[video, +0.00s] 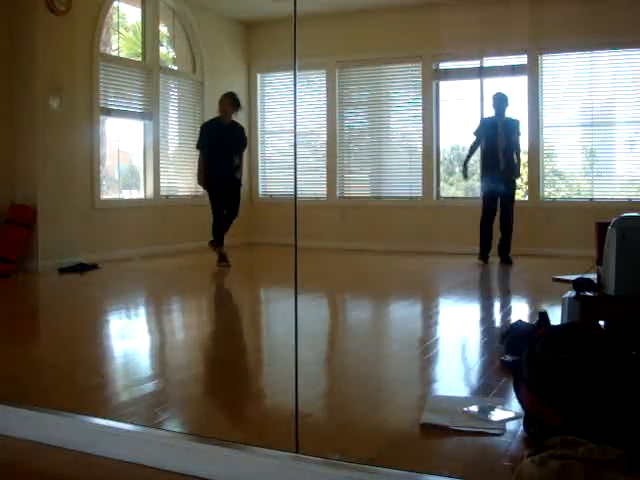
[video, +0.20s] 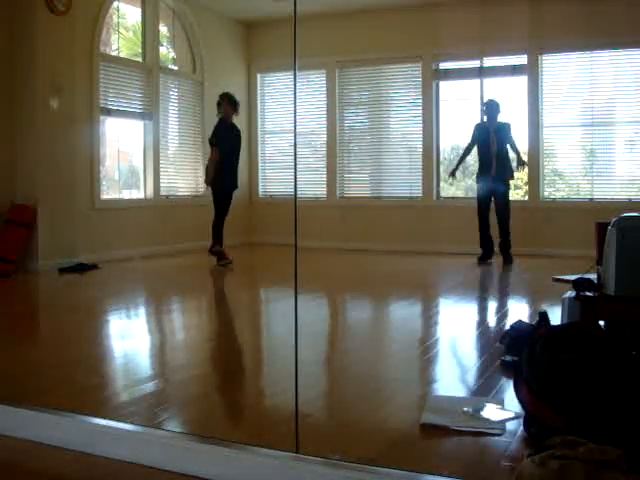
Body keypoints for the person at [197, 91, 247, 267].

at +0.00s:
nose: (224, 108)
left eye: (228, 105)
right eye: (222, 104)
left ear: (234, 108)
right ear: (219, 106)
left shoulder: (238, 129)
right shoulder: (208, 126)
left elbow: (240, 154)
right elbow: (202, 153)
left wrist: (240, 175)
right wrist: (201, 174)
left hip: (231, 175)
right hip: (212, 175)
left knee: (233, 211)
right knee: (218, 213)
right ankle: (221, 252)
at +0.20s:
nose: (225, 109)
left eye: (228, 106)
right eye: (224, 106)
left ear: (233, 108)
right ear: (221, 108)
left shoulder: (234, 129)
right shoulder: (220, 127)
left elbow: (233, 156)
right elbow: (215, 153)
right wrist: (209, 175)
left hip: (229, 177)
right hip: (219, 177)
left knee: (222, 214)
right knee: (220, 213)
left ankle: (217, 246)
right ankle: (217, 248)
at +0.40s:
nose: (240, 114)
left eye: (239, 110)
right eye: (239, 110)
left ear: (222, 111)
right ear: (236, 112)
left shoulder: (211, 130)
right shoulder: (240, 131)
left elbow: (199, 152)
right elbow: (242, 156)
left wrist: (203, 173)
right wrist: (243, 178)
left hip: (213, 179)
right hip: (233, 180)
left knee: (217, 214)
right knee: (228, 216)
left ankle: (212, 249)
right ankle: (223, 250)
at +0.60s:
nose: (233, 116)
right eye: (232, 113)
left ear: (216, 116)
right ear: (232, 113)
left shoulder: (212, 134)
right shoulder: (239, 127)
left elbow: (199, 154)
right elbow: (253, 136)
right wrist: (250, 158)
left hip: (220, 181)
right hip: (239, 178)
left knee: (221, 216)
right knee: (246, 216)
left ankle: (213, 251)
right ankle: (229, 248)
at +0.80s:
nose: (221, 125)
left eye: (219, 123)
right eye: (231, 120)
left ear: (217, 123)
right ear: (231, 119)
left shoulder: (217, 141)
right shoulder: (241, 133)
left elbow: (221, 163)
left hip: (225, 182)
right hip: (242, 181)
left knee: (231, 217)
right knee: (250, 218)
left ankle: (216, 250)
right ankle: (230, 247)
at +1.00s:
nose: (271, 128)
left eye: (271, 125)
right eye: (269, 125)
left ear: (260, 124)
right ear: (262, 124)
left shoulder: (252, 137)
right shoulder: (250, 134)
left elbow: (252, 164)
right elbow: (238, 148)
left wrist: (267, 155)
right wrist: (238, 168)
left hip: (237, 181)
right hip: (242, 181)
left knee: (234, 217)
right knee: (271, 207)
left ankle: (213, 246)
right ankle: (267, 242)